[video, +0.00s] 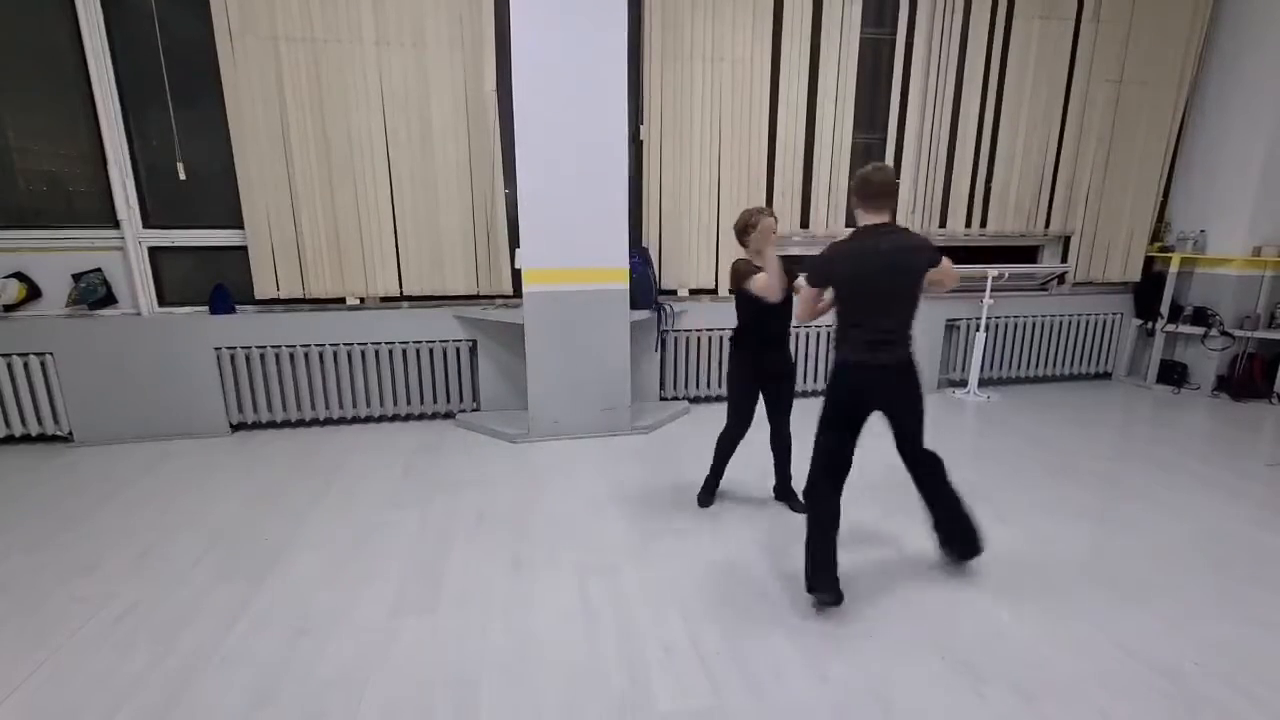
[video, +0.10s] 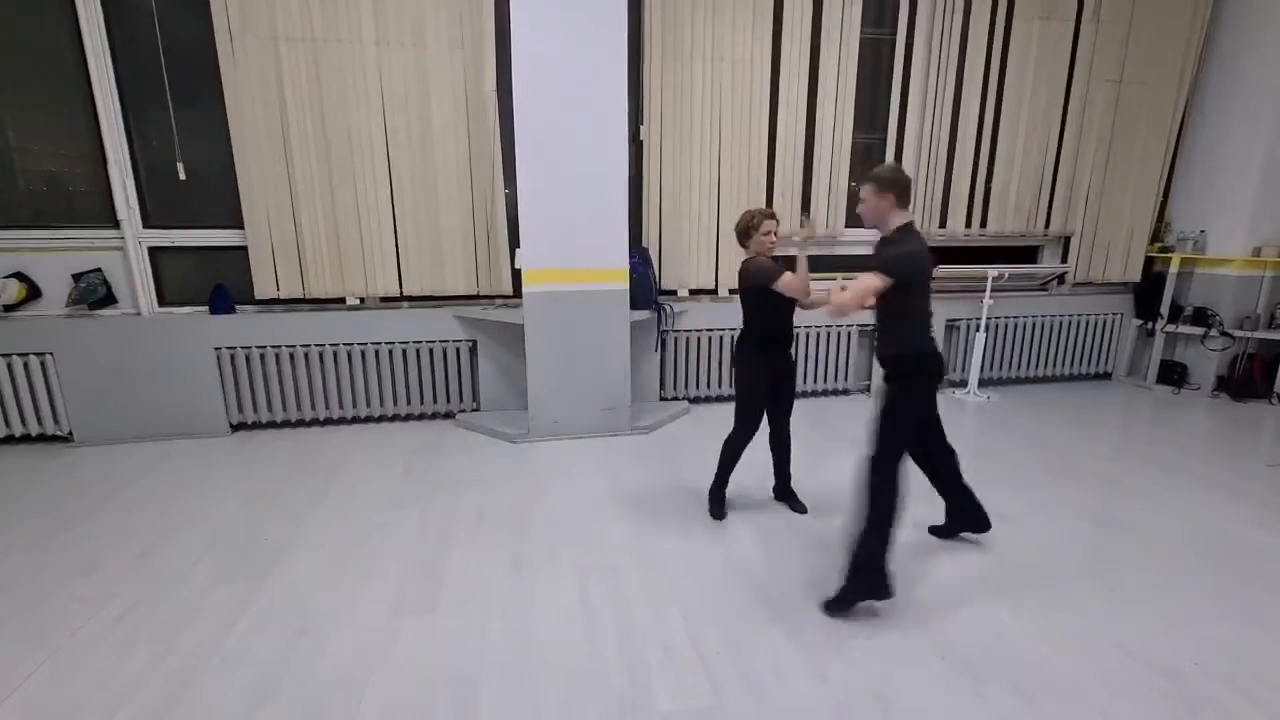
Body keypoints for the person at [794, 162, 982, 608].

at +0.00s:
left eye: (853, 199)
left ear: (855, 201)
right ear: (895, 202)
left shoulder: (839, 252)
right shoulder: (915, 245)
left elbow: (804, 312)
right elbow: (948, 279)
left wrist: (837, 295)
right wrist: (907, 278)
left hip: (851, 376)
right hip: (900, 375)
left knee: (826, 477)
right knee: (915, 454)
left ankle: (823, 585)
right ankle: (961, 540)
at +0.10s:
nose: (859, 202)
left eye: (864, 196)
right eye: (860, 196)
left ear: (888, 199)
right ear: (889, 200)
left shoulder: (900, 251)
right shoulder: (902, 243)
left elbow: (853, 301)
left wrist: (835, 299)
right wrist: (848, 294)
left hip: (910, 370)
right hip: (914, 365)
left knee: (884, 466)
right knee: (926, 444)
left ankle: (868, 576)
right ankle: (966, 511)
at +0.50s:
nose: (962, 214)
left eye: (967, 207)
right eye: (952, 208)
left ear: (972, 209)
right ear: (932, 213)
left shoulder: (986, 244)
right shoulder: (914, 268)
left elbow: (1034, 233)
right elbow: (886, 312)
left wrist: (1073, 225)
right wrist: (882, 311)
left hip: (973, 361)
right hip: (933, 363)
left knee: (954, 411)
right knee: (952, 433)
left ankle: (935, 442)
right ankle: (967, 509)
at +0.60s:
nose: (969, 214)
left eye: (973, 207)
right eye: (960, 208)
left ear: (977, 211)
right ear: (940, 214)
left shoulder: (981, 245)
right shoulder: (925, 265)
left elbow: (1006, 245)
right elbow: (888, 316)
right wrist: (884, 305)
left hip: (971, 357)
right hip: (936, 359)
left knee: (931, 402)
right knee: (957, 430)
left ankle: (895, 433)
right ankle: (970, 509)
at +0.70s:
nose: (967, 212)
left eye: (971, 205)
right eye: (958, 206)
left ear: (975, 209)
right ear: (937, 212)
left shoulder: (973, 250)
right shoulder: (930, 259)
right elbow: (912, 302)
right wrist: (899, 299)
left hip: (960, 352)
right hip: (930, 353)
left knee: (919, 406)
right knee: (952, 431)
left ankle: (883, 446)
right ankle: (970, 511)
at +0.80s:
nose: (960, 209)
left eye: (964, 203)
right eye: (950, 203)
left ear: (967, 207)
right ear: (931, 209)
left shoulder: (958, 244)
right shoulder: (927, 253)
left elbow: (956, 274)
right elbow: (923, 285)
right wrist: (914, 287)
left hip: (942, 343)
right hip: (915, 345)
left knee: (918, 407)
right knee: (936, 428)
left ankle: (886, 453)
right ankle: (965, 509)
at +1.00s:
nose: (923, 214)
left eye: (928, 208)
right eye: (915, 209)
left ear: (932, 211)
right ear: (899, 214)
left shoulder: (939, 245)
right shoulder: (885, 260)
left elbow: (976, 264)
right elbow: (882, 316)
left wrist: (1014, 283)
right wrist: (892, 311)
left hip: (906, 335)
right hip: (873, 336)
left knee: (906, 403)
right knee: (901, 403)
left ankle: (886, 457)